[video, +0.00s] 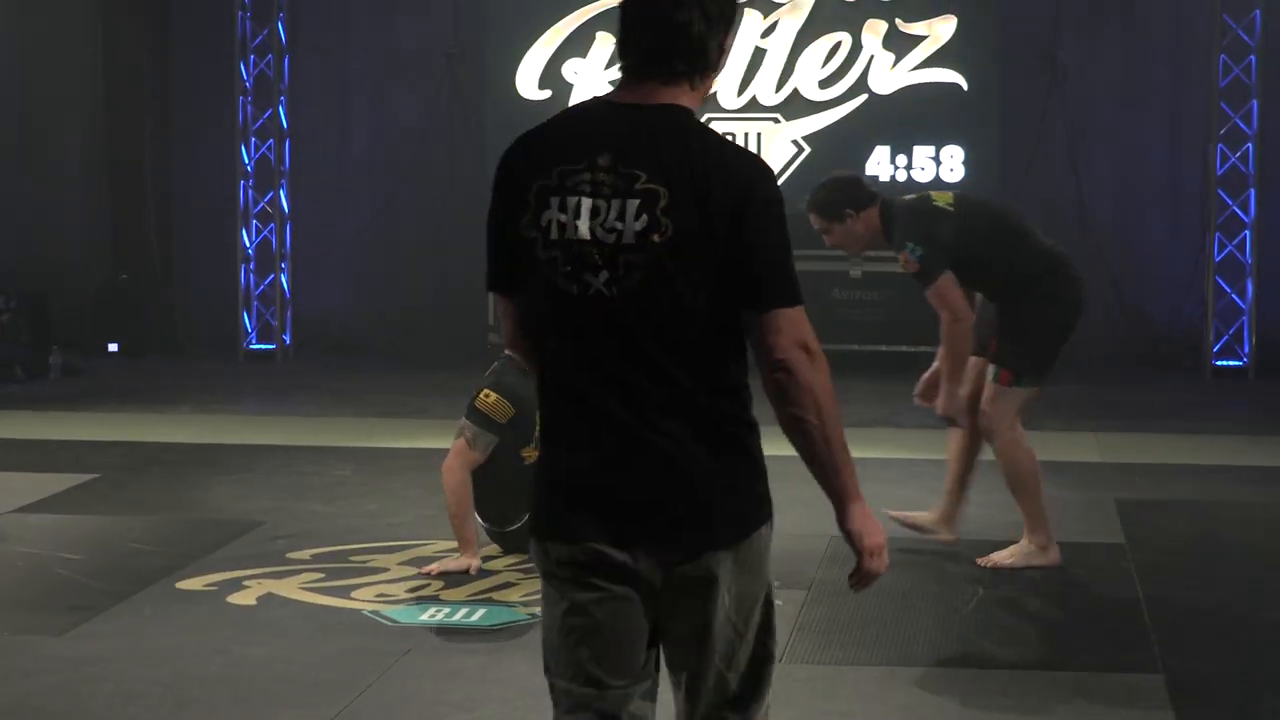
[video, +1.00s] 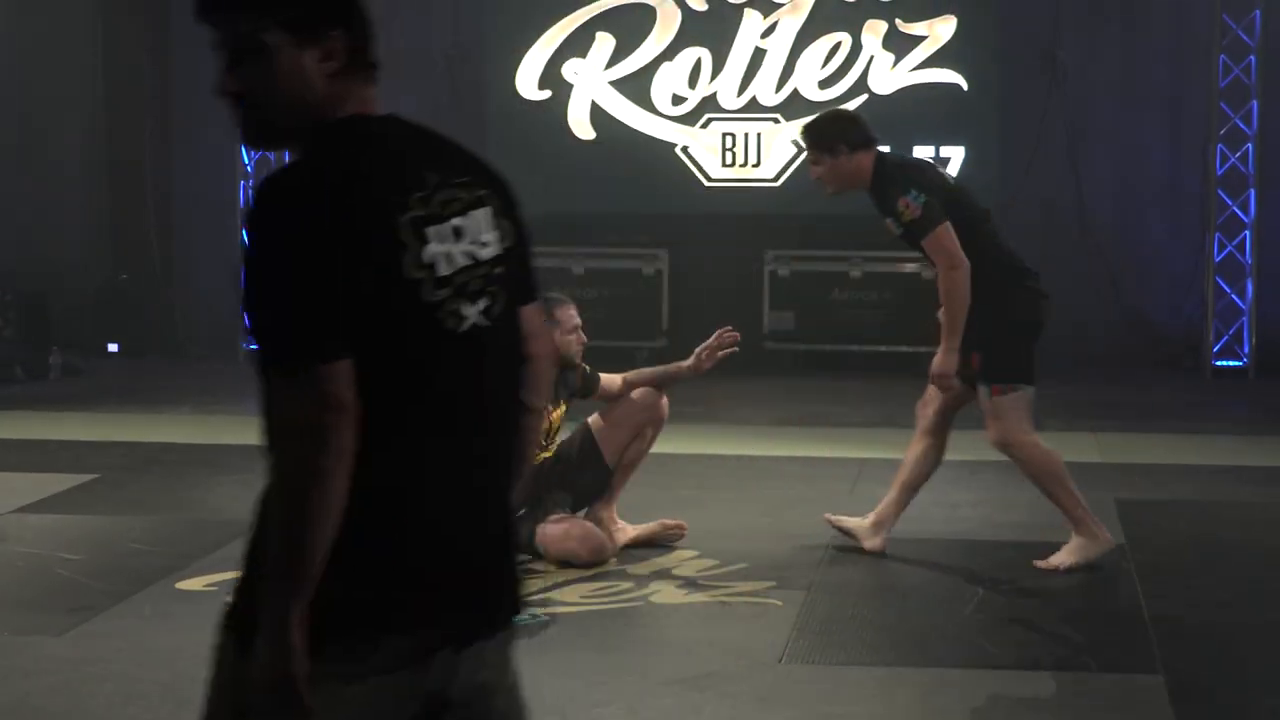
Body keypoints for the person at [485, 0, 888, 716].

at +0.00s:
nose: (729, 60)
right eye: (728, 45)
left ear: (623, 45)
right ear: (718, 53)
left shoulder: (530, 157)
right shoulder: (737, 178)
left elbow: (516, 334)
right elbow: (786, 356)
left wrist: (595, 387)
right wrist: (851, 503)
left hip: (579, 489)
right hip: (707, 496)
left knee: (591, 707)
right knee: (723, 705)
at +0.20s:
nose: (542, 53)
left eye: (547, 36)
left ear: (556, 43)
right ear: (659, 50)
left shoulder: (479, 173)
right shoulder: (712, 172)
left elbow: (456, 364)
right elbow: (761, 359)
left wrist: (506, 476)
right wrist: (805, 511)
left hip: (536, 512)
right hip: (673, 513)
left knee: (563, 710)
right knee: (698, 709)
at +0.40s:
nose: (464, 47)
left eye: (478, 21)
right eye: (469, 24)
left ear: (531, 21)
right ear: (601, 34)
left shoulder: (455, 153)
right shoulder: (695, 147)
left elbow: (409, 354)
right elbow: (745, 338)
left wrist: (401, 508)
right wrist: (745, 488)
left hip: (518, 501)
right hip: (655, 500)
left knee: (541, 704)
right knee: (671, 706)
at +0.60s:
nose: (426, 37)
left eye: (446, 14)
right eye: (432, 17)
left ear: (518, 17)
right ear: (536, 22)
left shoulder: (457, 144)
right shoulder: (659, 147)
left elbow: (423, 344)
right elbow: (713, 328)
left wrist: (360, 517)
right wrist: (687, 476)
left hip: (489, 510)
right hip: (627, 504)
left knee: (493, 704)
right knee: (620, 704)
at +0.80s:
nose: (360, 45)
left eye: (381, 20)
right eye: (364, 23)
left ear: (457, 20)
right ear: (466, 22)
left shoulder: (410, 155)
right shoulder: (595, 146)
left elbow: (414, 358)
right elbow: (657, 335)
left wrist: (373, 549)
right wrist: (633, 484)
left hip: (445, 544)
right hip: (578, 532)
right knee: (571, 706)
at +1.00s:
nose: (227, 83)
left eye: (247, 55)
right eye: (228, 60)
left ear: (326, 52)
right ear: (338, 55)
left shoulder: (294, 200)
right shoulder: (466, 171)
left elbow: (320, 423)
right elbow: (537, 353)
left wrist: (278, 617)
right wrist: (496, 503)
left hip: (344, 602)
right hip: (472, 578)